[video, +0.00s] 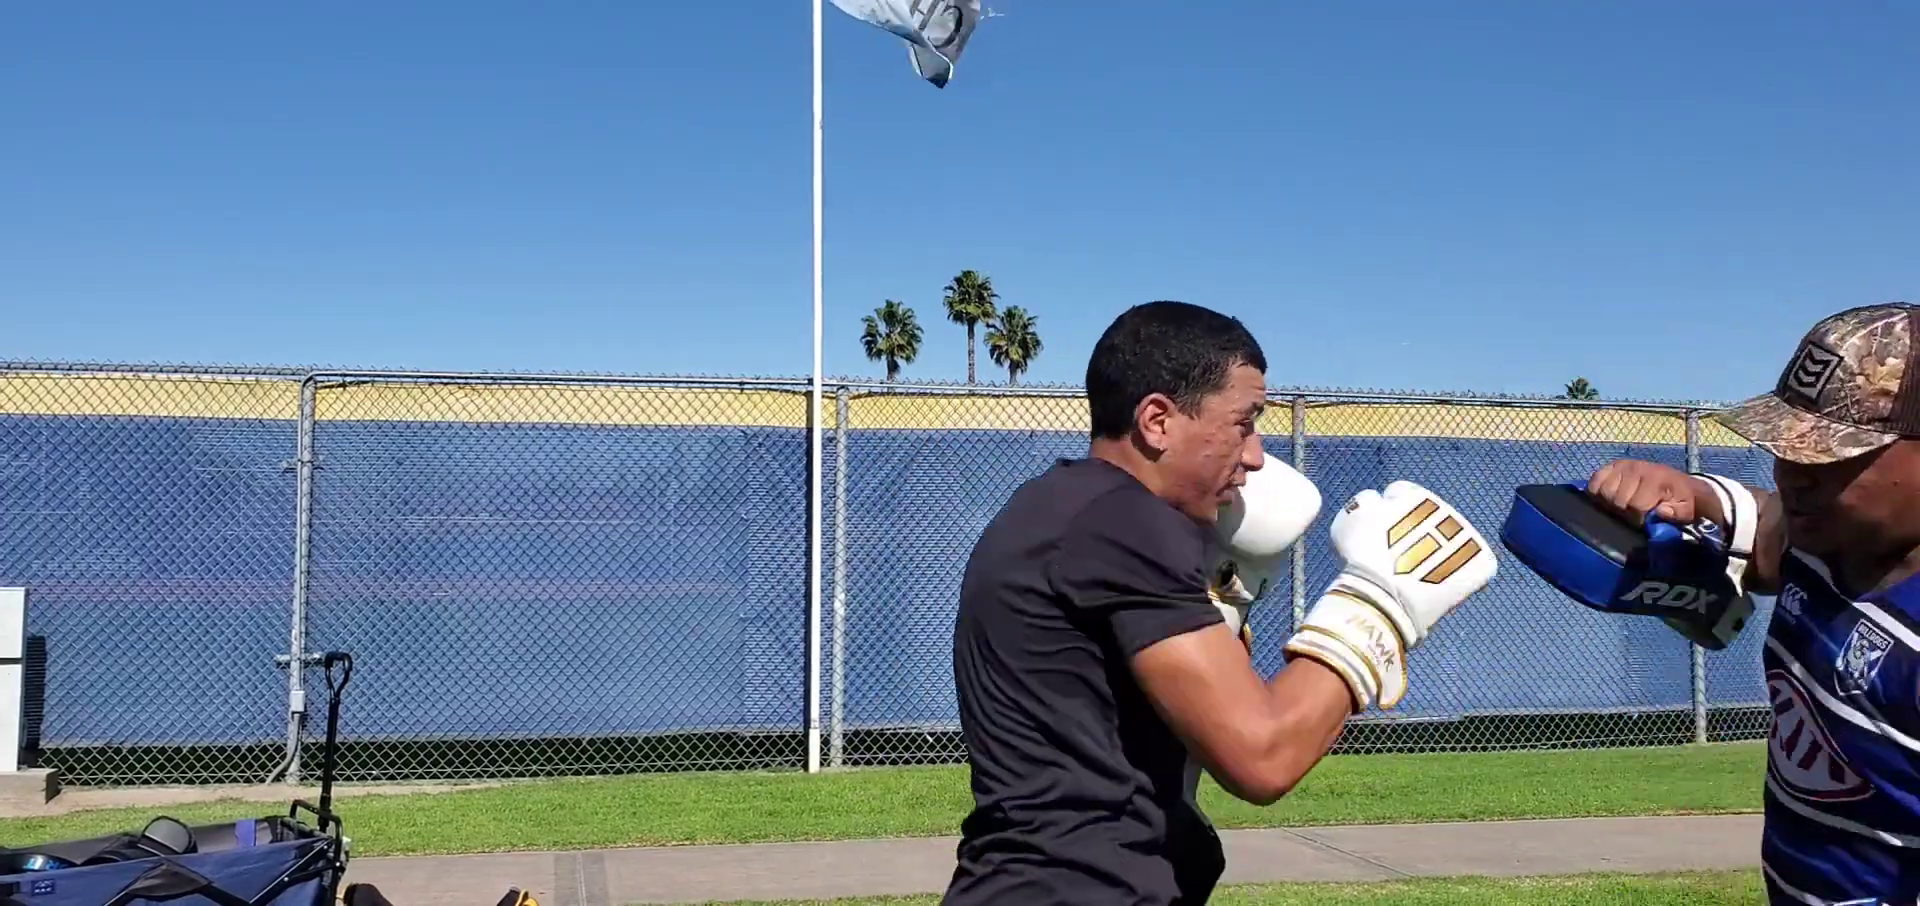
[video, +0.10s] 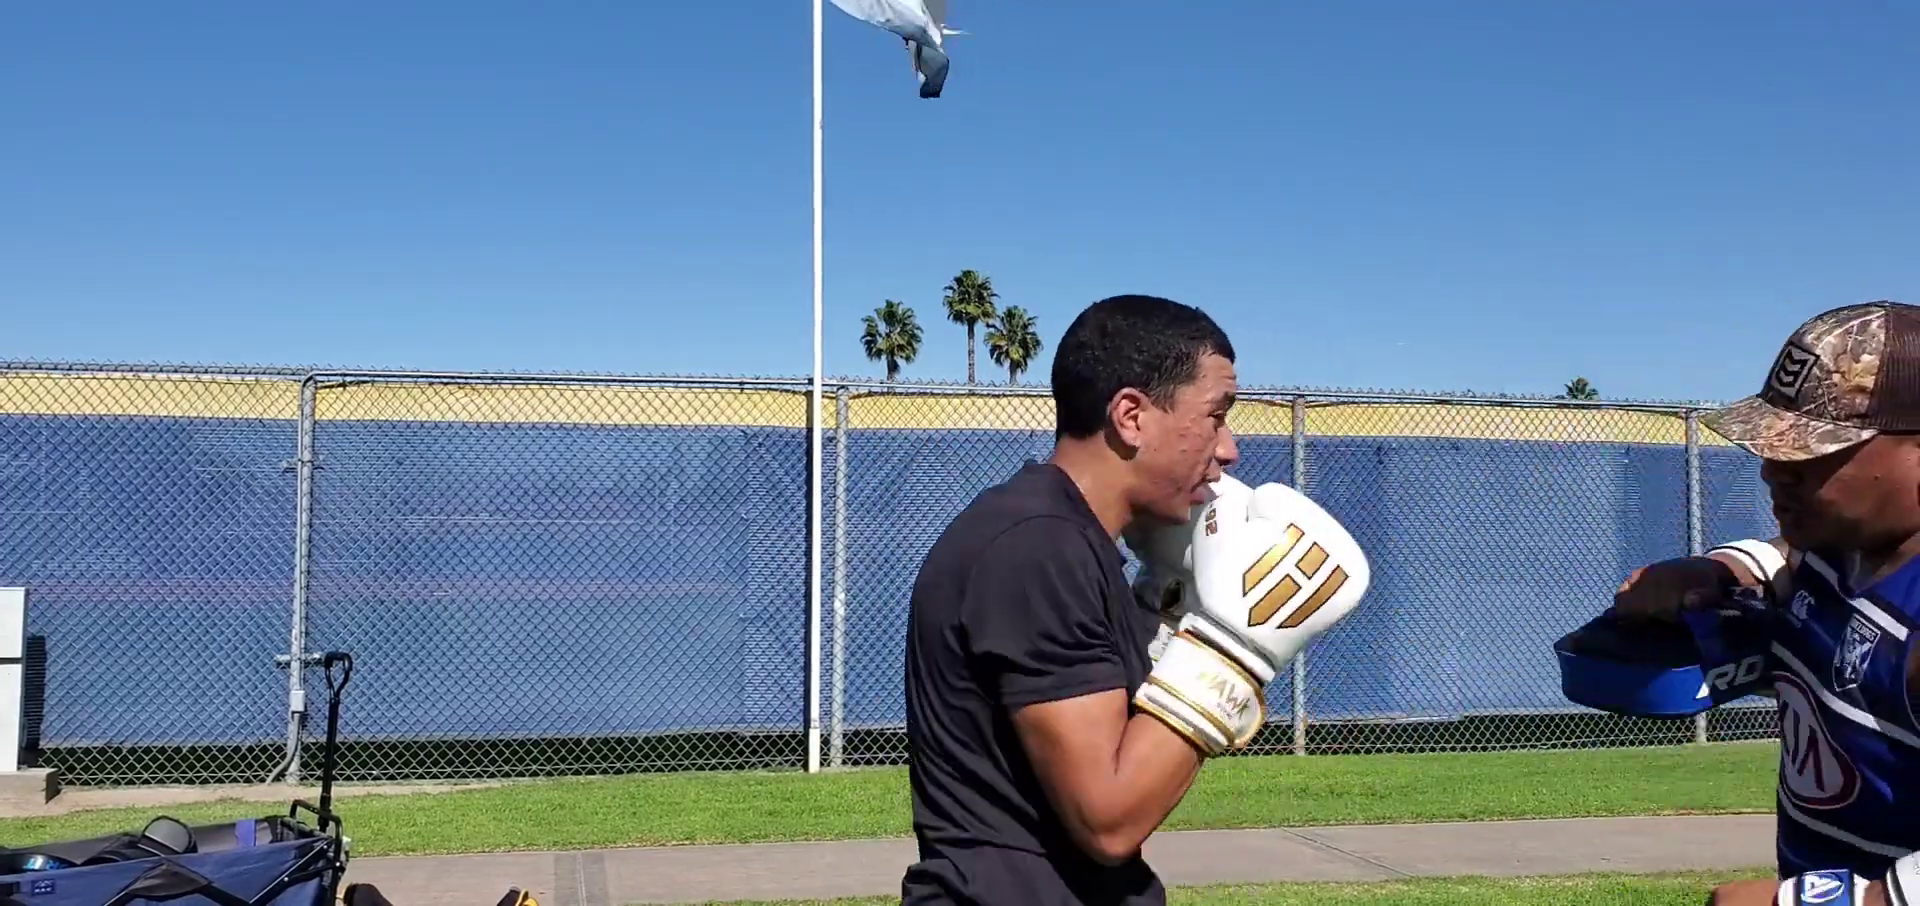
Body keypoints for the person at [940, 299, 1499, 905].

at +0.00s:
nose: (1256, 455)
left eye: (1256, 425)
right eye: (1242, 422)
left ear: (1152, 424)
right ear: (1157, 421)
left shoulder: (1051, 509)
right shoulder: (1118, 521)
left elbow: (1165, 745)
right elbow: (1263, 758)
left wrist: (1232, 578)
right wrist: (1374, 608)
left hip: (1020, 875)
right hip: (1092, 883)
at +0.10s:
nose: (1231, 450)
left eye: (1225, 418)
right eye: (1215, 416)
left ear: (1132, 420)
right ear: (1131, 417)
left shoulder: (1064, 541)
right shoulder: (1039, 550)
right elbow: (1111, 822)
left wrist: (1169, 591)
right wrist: (1227, 654)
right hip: (1017, 890)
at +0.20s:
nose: (1205, 420)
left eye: (1203, 388)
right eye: (1193, 386)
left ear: (1107, 380)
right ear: (1106, 378)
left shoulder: (1062, 516)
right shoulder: (983, 523)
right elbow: (1042, 802)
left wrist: (1156, 615)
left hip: (1054, 883)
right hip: (976, 890)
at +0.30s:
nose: (1185, 412)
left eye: (1183, 380)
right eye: (1173, 377)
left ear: (1087, 375)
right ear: (1087, 370)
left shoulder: (1062, 509)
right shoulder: (954, 522)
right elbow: (1049, 799)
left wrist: (1169, 630)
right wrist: (1143, 602)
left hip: (1044, 882)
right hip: (940, 887)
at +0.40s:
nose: (1180, 412)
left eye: (1179, 380)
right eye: (1169, 378)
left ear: (1085, 377)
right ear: (1085, 372)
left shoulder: (1037, 506)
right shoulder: (953, 526)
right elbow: (1053, 797)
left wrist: (1170, 611)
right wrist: (1157, 601)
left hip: (1036, 886)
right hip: (941, 892)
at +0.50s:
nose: (1189, 396)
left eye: (1188, 364)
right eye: (1178, 363)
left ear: (1098, 358)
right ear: (1096, 356)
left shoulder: (1047, 498)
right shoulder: (970, 502)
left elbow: (1067, 739)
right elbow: (1062, 776)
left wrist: (1153, 575)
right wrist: (1147, 574)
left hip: (1045, 884)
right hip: (955, 888)